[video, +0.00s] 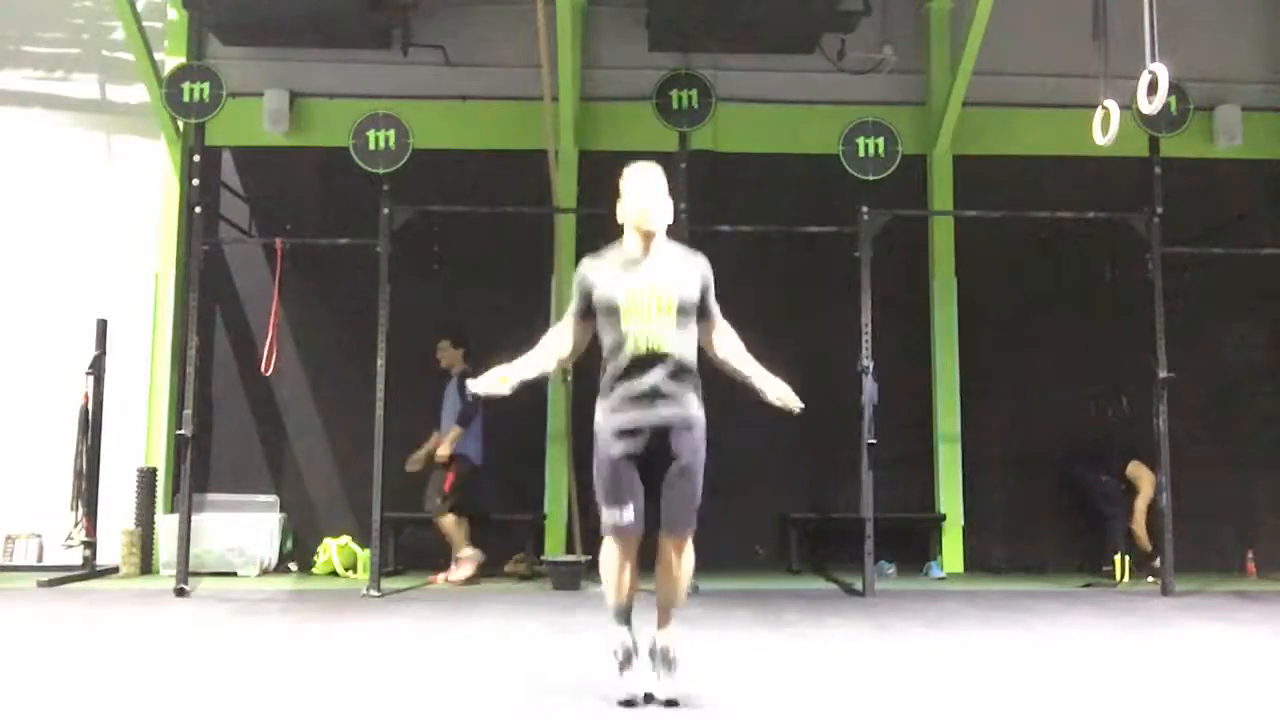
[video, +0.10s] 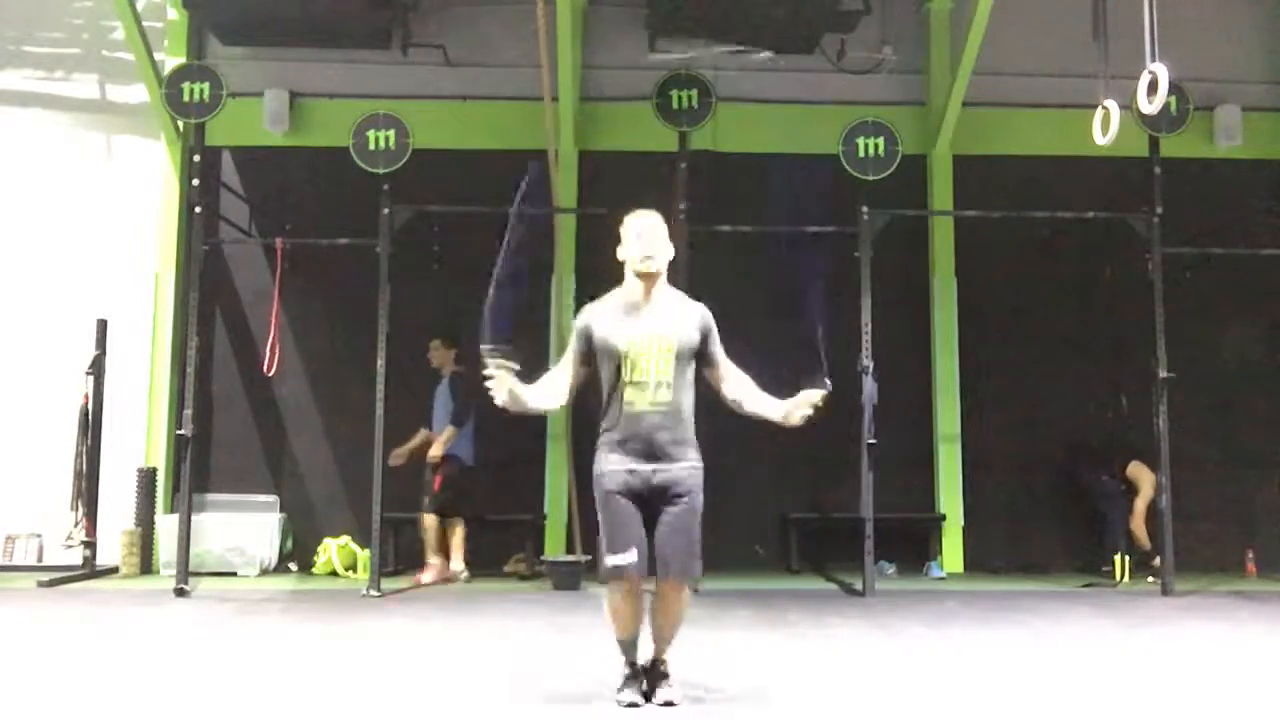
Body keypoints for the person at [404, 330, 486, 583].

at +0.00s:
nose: (438, 355)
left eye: (443, 350)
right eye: (438, 350)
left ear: (459, 351)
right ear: (449, 353)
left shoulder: (467, 378)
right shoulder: (452, 383)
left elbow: (468, 412)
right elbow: (444, 426)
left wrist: (448, 442)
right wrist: (424, 451)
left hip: (464, 452)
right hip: (453, 452)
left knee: (437, 502)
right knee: (454, 506)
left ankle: (465, 552)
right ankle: (459, 562)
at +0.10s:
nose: (430, 355)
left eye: (435, 349)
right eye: (430, 350)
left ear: (451, 352)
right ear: (439, 354)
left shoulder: (459, 379)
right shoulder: (441, 385)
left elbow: (462, 414)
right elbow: (431, 426)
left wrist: (440, 444)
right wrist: (407, 448)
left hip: (455, 454)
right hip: (447, 455)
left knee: (430, 510)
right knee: (454, 512)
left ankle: (434, 564)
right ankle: (457, 564)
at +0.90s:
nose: (361, 346)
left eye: (368, 342)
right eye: (360, 342)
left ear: (379, 349)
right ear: (360, 348)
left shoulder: (377, 377)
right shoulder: (365, 380)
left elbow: (340, 388)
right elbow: (359, 420)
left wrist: (305, 375)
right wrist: (328, 417)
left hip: (367, 458)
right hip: (352, 458)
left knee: (366, 518)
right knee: (332, 510)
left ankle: (368, 575)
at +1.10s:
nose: (342, 346)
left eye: (349, 342)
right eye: (341, 341)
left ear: (363, 351)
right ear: (339, 349)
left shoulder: (367, 375)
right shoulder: (338, 381)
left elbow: (334, 383)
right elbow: (337, 422)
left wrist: (294, 365)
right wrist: (312, 410)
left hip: (355, 455)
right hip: (329, 455)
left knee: (359, 516)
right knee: (305, 511)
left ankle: (365, 572)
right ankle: (290, 569)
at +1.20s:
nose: (332, 343)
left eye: (339, 340)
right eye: (332, 339)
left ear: (353, 350)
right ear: (329, 349)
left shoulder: (363, 375)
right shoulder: (322, 380)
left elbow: (337, 384)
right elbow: (318, 420)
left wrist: (296, 365)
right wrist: (296, 408)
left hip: (346, 454)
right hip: (316, 455)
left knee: (352, 514)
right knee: (296, 512)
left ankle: (364, 572)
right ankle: (286, 572)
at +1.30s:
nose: (324, 346)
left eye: (331, 342)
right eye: (322, 341)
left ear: (342, 350)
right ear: (316, 344)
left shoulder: (349, 374)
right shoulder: (303, 377)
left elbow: (336, 384)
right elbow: (291, 412)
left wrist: (301, 362)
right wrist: (280, 395)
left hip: (334, 454)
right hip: (304, 453)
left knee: (337, 512)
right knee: (291, 511)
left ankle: (363, 567)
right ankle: (286, 572)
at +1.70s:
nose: (295, 355)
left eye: (299, 351)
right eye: (290, 351)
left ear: (307, 352)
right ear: (283, 353)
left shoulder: (319, 374)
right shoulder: (273, 375)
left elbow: (330, 376)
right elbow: (260, 377)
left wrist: (306, 349)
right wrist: (273, 351)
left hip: (317, 452)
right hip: (282, 453)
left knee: (324, 510)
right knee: (279, 515)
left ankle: (326, 566)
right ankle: (283, 570)